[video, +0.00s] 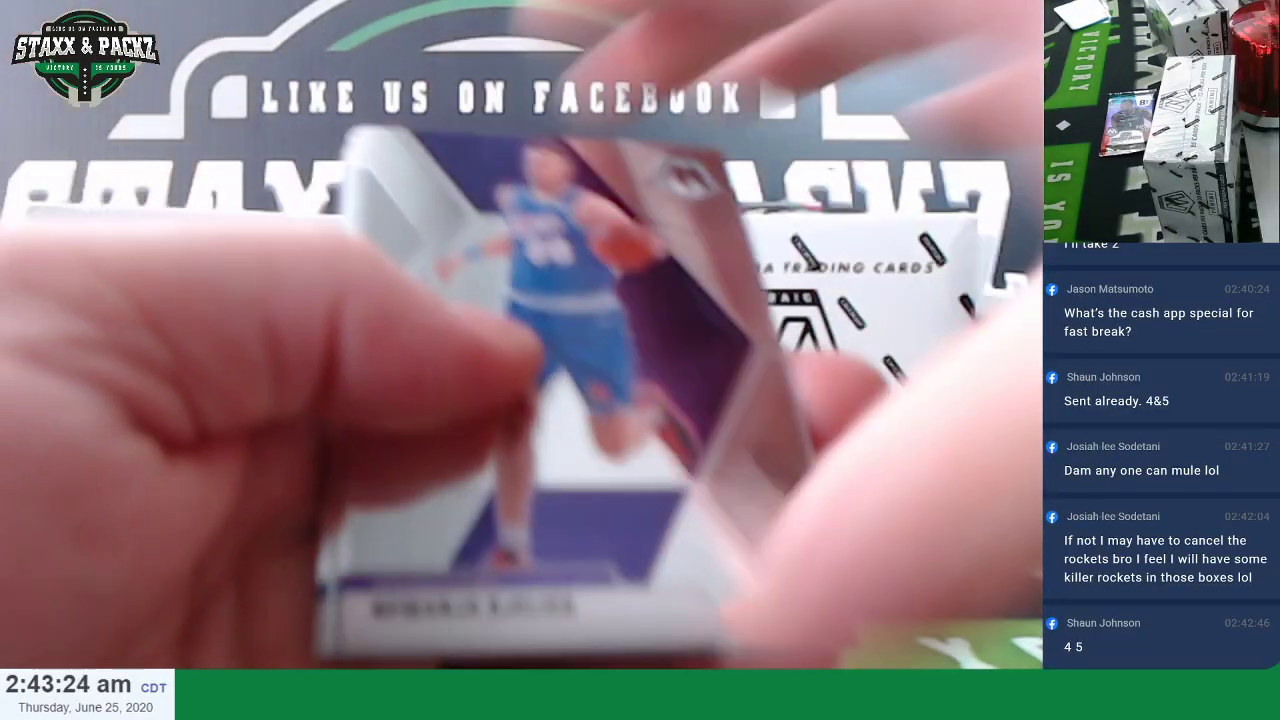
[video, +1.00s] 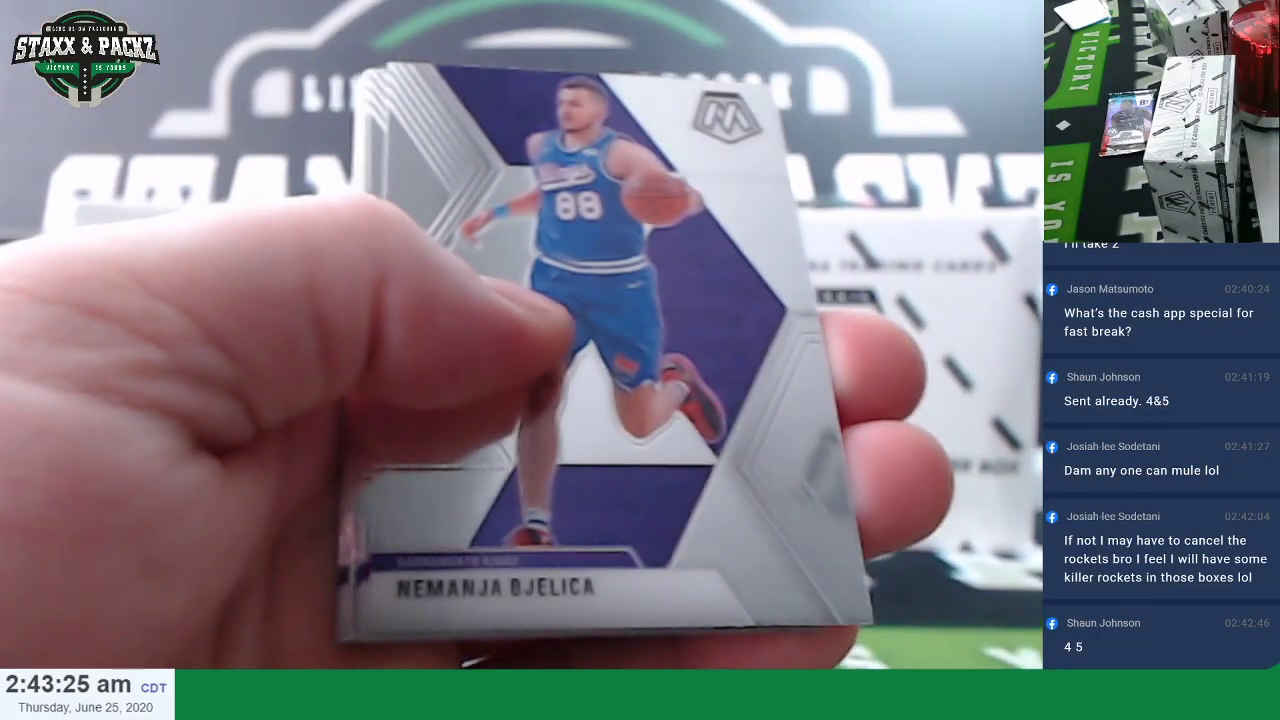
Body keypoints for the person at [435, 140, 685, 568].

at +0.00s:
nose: (543, 163)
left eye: (554, 154)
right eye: (536, 153)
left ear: (571, 164)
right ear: (524, 160)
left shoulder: (587, 207)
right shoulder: (512, 200)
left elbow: (637, 243)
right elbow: (517, 239)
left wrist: (637, 248)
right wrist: (464, 256)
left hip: (594, 329)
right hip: (529, 327)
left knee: (614, 444)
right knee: (509, 425)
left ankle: (654, 409)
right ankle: (513, 547)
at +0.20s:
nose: (552, 163)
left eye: (562, 156)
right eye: (547, 156)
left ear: (584, 165)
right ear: (539, 163)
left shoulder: (602, 206)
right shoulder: (522, 198)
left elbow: (641, 236)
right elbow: (530, 244)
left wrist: (654, 250)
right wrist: (476, 260)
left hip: (602, 336)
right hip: (535, 331)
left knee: (618, 460)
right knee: (515, 440)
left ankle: (662, 426)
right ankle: (512, 566)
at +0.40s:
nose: (542, 134)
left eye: (552, 126)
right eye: (537, 126)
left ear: (574, 134)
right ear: (528, 132)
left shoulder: (591, 177)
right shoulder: (512, 170)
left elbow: (637, 210)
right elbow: (521, 217)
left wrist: (643, 224)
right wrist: (465, 235)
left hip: (591, 313)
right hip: (524, 308)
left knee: (606, 439)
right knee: (504, 419)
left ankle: (650, 404)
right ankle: (501, 546)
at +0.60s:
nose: (516, 120)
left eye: (527, 112)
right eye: (511, 113)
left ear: (549, 121)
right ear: (502, 119)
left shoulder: (567, 164)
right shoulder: (486, 157)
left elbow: (609, 201)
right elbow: (495, 202)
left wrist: (621, 210)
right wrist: (439, 224)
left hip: (565, 299)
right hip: (499, 293)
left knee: (580, 425)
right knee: (481, 402)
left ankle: (623, 389)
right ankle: (478, 530)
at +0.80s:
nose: (518, 112)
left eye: (527, 104)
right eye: (511, 105)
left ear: (548, 110)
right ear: (501, 112)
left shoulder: (566, 155)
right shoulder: (486, 148)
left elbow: (603, 191)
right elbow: (494, 196)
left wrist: (606, 207)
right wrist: (437, 215)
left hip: (564, 294)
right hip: (499, 289)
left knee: (580, 420)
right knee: (478, 401)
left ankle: (625, 384)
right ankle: (475, 526)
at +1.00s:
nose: (568, 109)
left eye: (578, 102)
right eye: (563, 102)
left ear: (602, 111)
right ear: (555, 110)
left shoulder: (622, 154)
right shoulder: (539, 147)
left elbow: (679, 194)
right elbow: (550, 193)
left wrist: (677, 203)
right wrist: (495, 213)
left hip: (622, 290)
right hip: (555, 284)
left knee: (639, 422)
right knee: (538, 398)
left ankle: (682, 383)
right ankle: (536, 526)